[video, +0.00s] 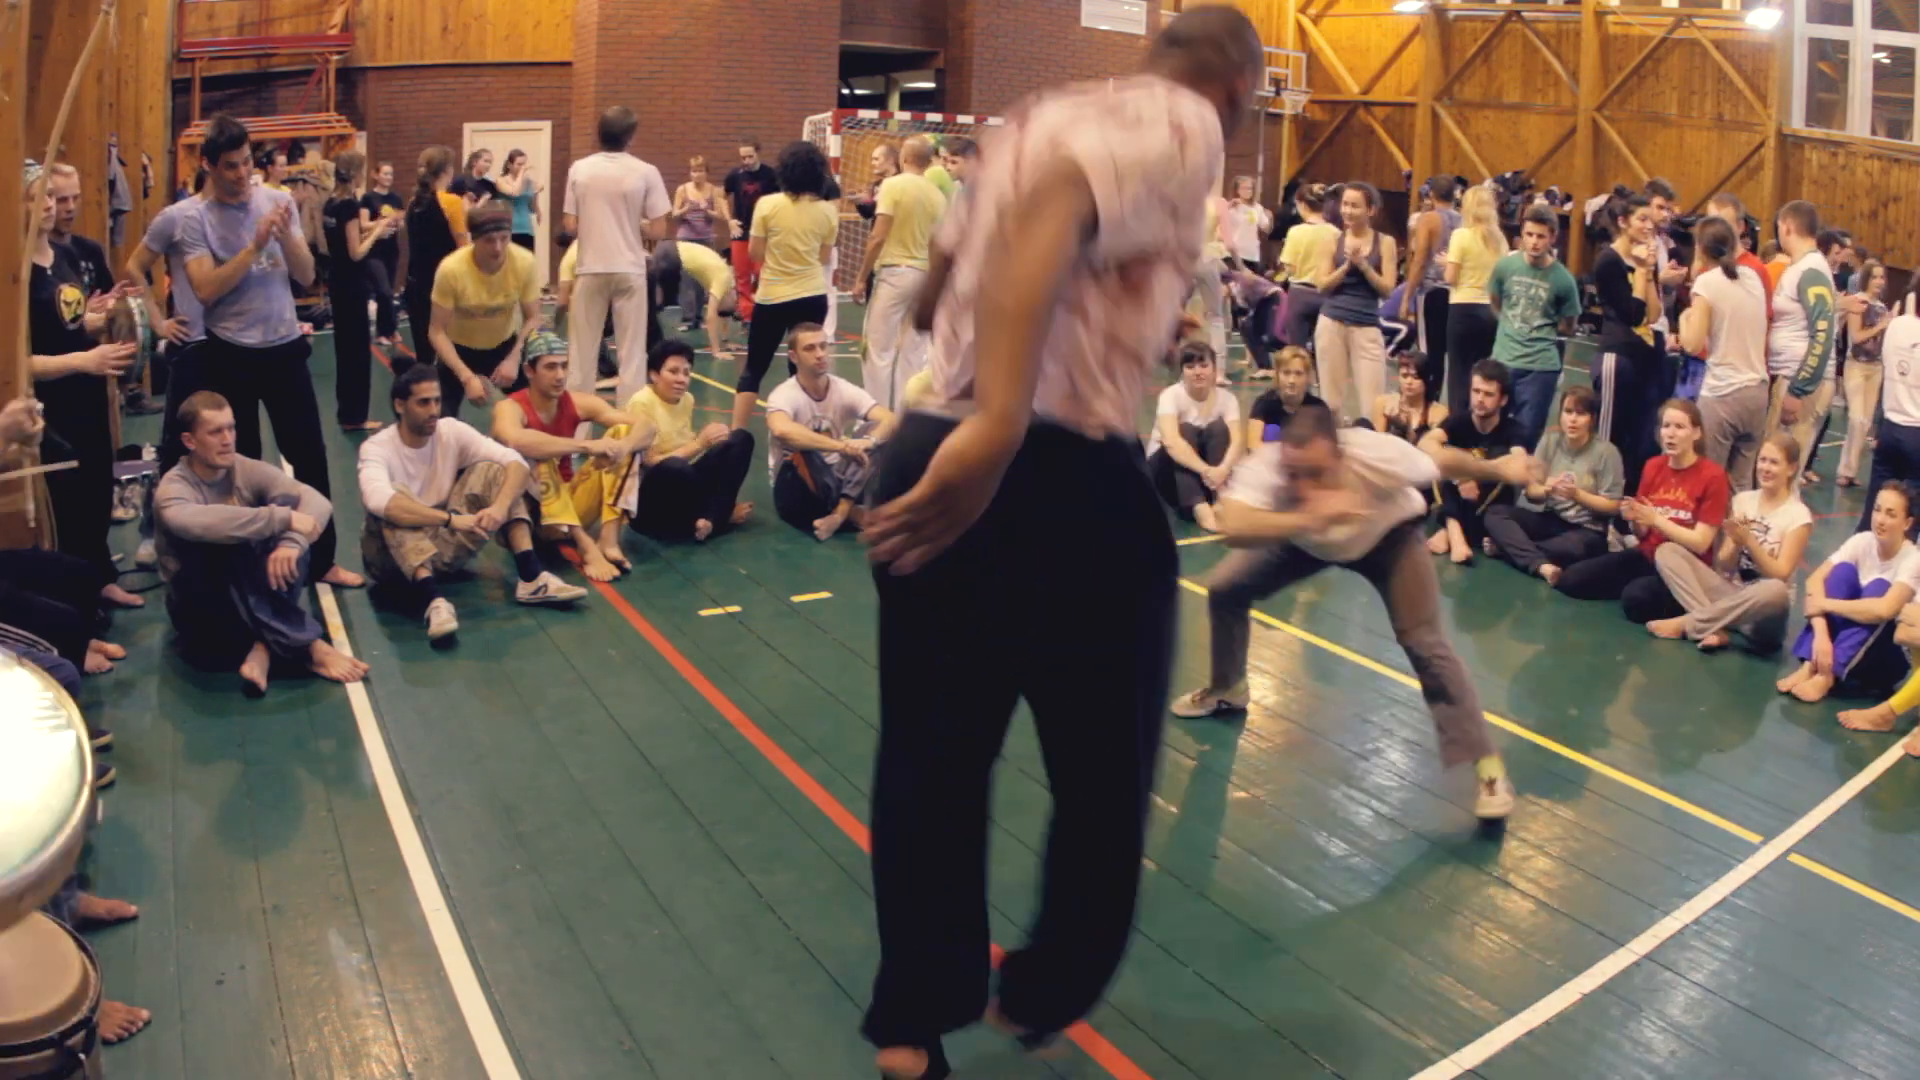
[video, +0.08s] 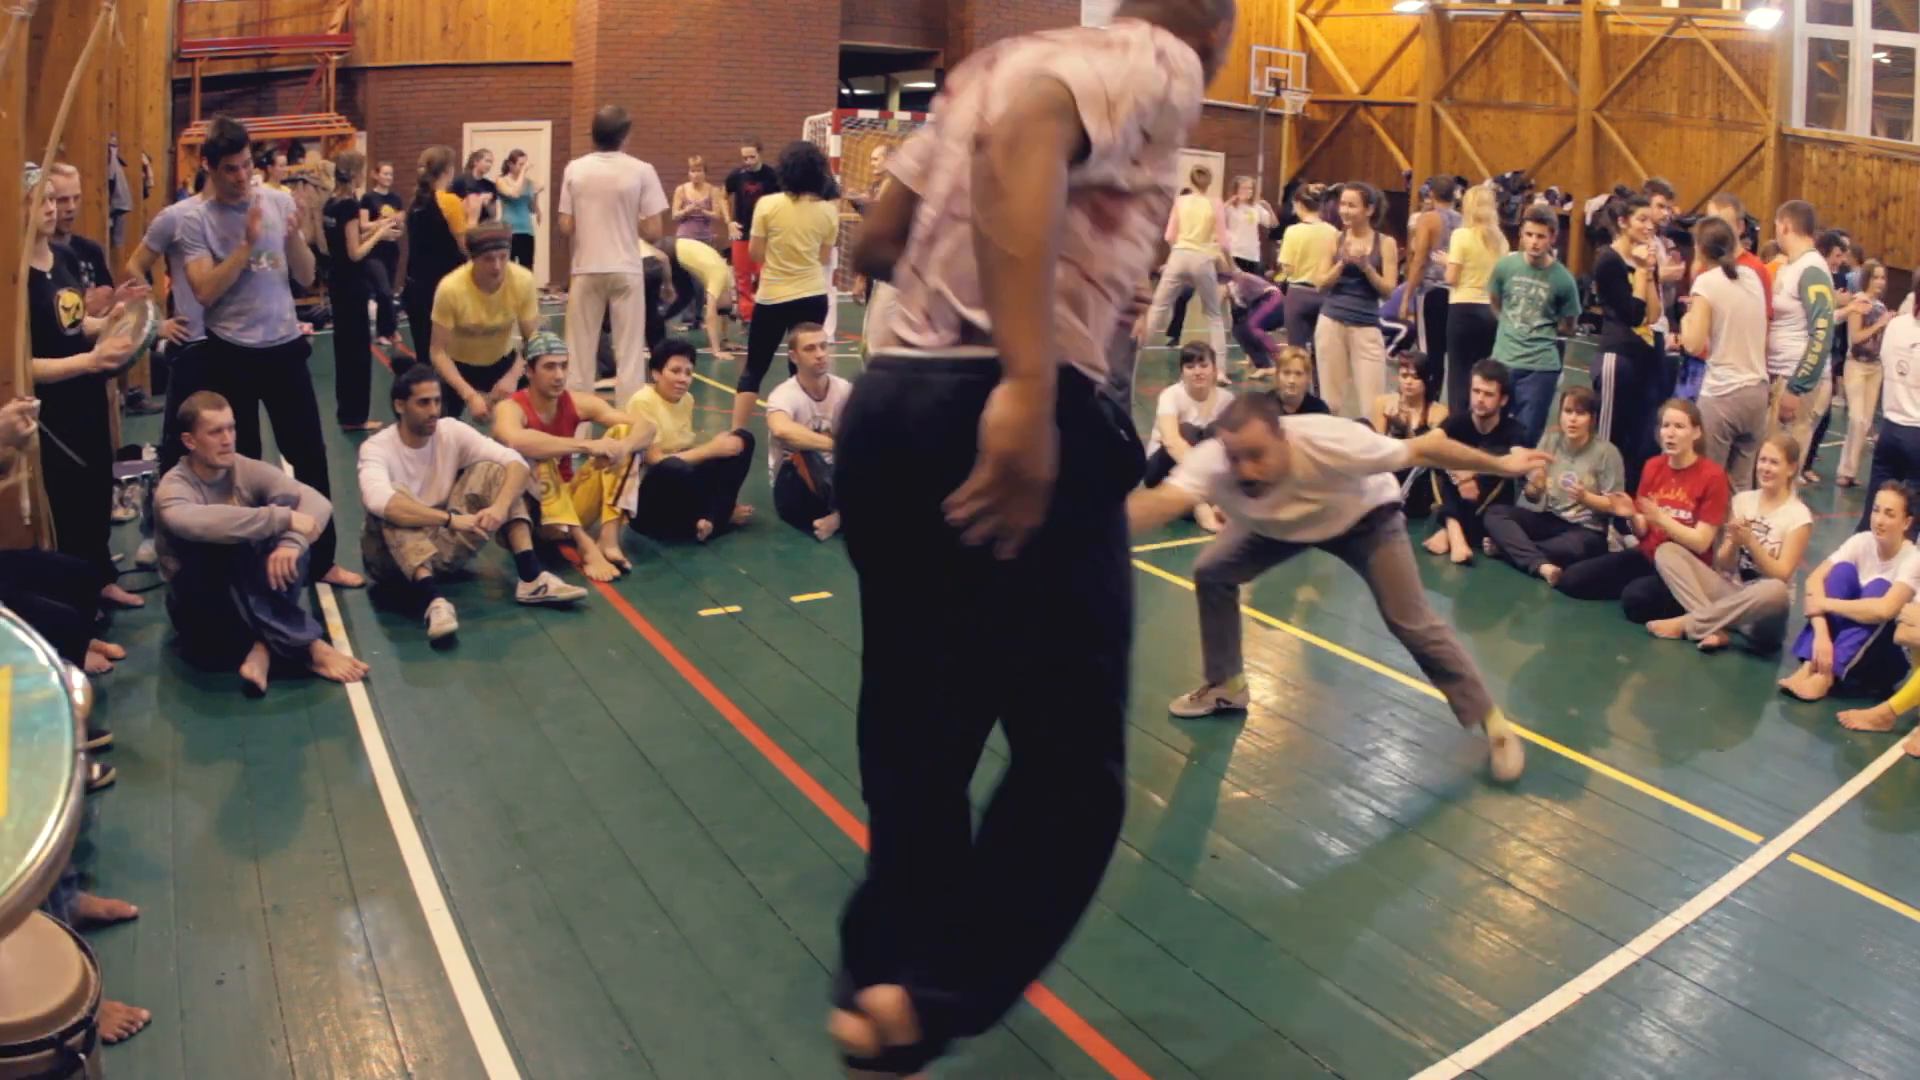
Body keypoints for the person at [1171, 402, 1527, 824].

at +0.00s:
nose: (1302, 478)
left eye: (1311, 467)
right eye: (1293, 467)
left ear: (1335, 449)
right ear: (1282, 451)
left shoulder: (1375, 455)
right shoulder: (1269, 461)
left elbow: (1445, 463)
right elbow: (1230, 522)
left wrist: (1504, 469)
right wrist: (1304, 521)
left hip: (1388, 534)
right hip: (1307, 540)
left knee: (1423, 641)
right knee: (1226, 588)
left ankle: (1486, 764)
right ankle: (1228, 690)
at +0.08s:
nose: (1246, 468)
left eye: (1256, 455)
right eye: (1236, 458)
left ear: (1283, 438)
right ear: (1224, 447)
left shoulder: (1328, 444)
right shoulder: (1213, 459)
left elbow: (1422, 448)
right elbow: (1156, 504)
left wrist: (1502, 463)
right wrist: (1095, 523)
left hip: (1360, 512)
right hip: (1278, 524)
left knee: (1408, 618)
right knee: (1211, 570)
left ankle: (1493, 725)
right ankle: (1226, 687)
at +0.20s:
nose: (1201, 428)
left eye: (1210, 413)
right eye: (1190, 417)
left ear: (1239, 398)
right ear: (1179, 412)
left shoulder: (1293, 423)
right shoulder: (1171, 431)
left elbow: (1387, 463)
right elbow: (1101, 471)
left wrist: (1436, 509)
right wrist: (1038, 501)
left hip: (1335, 497)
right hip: (1253, 502)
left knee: (1388, 591)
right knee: (1202, 562)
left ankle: (1445, 643)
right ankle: (1226, 682)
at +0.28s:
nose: (1196, 388)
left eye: (1204, 374)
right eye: (1185, 378)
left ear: (1233, 363)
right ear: (1177, 379)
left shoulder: (1278, 388)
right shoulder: (1179, 406)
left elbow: (1322, 463)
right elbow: (1129, 447)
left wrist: (1303, 507)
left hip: (1323, 480)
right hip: (1253, 486)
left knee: (1362, 560)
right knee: (1205, 561)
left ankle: (1393, 595)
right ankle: (1225, 680)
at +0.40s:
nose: (1202, 334)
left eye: (1211, 319)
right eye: (1194, 323)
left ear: (1241, 312)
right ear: (1187, 325)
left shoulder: (1282, 348)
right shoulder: (1211, 356)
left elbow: (1228, 428)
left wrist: (1136, 421)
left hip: (1319, 466)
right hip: (1254, 458)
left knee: (1308, 537)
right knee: (1227, 547)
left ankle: (1300, 566)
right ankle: (1226, 674)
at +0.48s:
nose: (1211, 316)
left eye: (1221, 302)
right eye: (1204, 305)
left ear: (1250, 298)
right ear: (1199, 307)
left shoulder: (1282, 341)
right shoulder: (1221, 342)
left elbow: (1220, 412)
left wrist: (1159, 388)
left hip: (1314, 460)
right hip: (1252, 448)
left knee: (1283, 533)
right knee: (1230, 536)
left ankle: (1256, 554)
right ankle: (1233, 648)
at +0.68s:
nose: (1238, 302)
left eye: (1250, 292)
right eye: (1232, 291)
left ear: (1277, 296)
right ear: (1226, 294)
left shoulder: (1296, 353)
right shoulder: (1239, 338)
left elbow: (1241, 420)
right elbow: (1244, 401)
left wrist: (1204, 389)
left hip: (1299, 480)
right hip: (1246, 455)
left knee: (1260, 550)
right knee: (1216, 522)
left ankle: (1245, 570)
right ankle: (1218, 639)